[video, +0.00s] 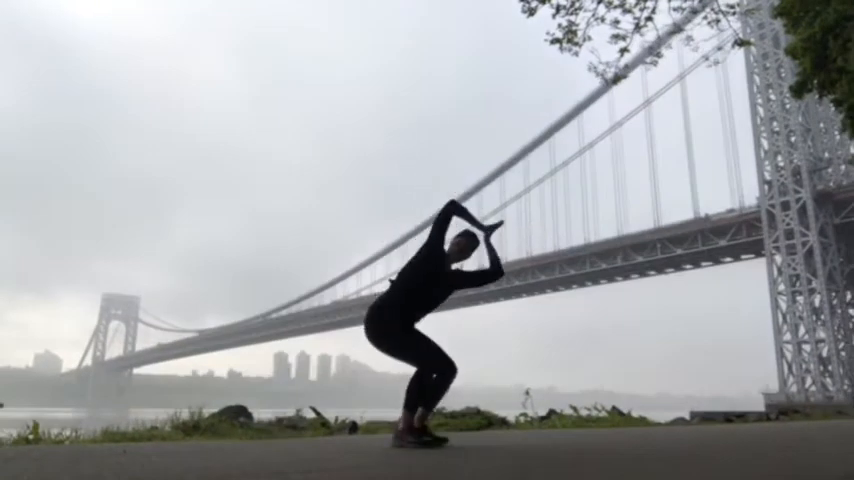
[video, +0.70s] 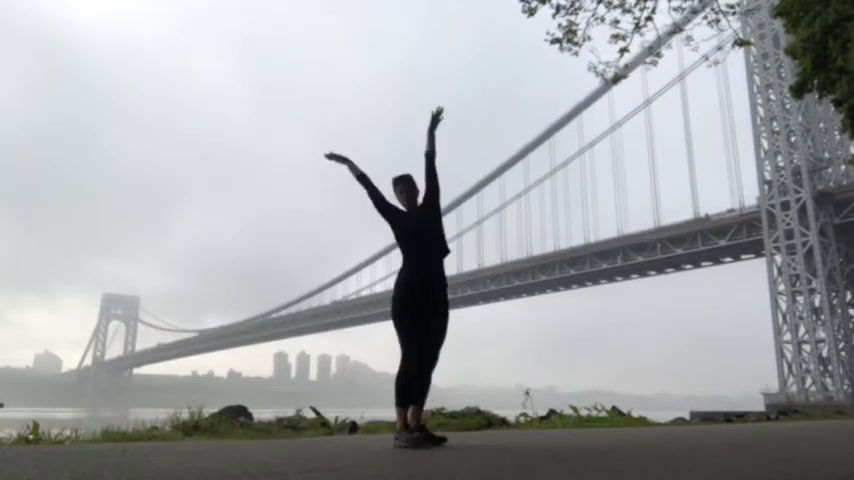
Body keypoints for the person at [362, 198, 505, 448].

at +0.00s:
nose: (461, 248)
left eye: (467, 248)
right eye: (460, 242)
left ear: (468, 256)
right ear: (451, 241)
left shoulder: (453, 279)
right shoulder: (432, 250)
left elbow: (495, 273)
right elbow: (451, 206)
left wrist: (487, 238)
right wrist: (479, 225)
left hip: (402, 328)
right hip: (381, 321)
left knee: (447, 370)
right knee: (427, 366)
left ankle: (419, 426)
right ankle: (405, 429)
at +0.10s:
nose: (462, 279)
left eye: (468, 281)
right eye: (463, 273)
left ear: (469, 287)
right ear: (457, 269)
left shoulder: (453, 305)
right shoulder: (434, 276)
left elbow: (496, 298)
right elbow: (467, 240)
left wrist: (508, 262)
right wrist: (504, 251)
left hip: (400, 350)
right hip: (378, 344)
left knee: (452, 374)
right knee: (433, 373)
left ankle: (419, 427)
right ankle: (405, 430)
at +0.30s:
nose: (448, 220)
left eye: (453, 220)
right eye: (447, 214)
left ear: (453, 227)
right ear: (436, 212)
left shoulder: (443, 247)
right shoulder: (414, 226)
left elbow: (476, 230)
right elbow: (421, 184)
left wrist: (503, 203)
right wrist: (442, 151)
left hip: (418, 311)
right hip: (394, 308)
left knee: (449, 369)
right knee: (426, 365)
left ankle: (418, 425)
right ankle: (404, 429)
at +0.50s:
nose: (404, 188)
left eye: (405, 183)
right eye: (400, 184)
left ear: (406, 187)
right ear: (393, 190)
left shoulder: (412, 209)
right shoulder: (403, 211)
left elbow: (436, 182)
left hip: (427, 293)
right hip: (415, 293)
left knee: (420, 361)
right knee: (413, 360)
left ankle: (416, 424)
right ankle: (403, 428)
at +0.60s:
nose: (407, 180)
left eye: (408, 177)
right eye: (402, 179)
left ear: (407, 186)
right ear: (397, 187)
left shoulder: (417, 207)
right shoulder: (401, 211)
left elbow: (410, 168)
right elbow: (388, 168)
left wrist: (399, 135)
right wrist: (382, 133)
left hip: (430, 291)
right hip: (415, 292)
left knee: (420, 361)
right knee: (412, 359)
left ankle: (416, 424)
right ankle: (403, 428)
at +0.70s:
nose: (405, 192)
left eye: (408, 187)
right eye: (400, 190)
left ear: (418, 189)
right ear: (396, 197)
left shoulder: (431, 211)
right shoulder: (398, 219)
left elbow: (431, 167)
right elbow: (371, 193)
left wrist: (431, 132)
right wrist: (350, 164)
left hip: (436, 289)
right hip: (409, 290)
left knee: (427, 358)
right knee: (410, 357)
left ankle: (416, 423)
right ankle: (402, 428)